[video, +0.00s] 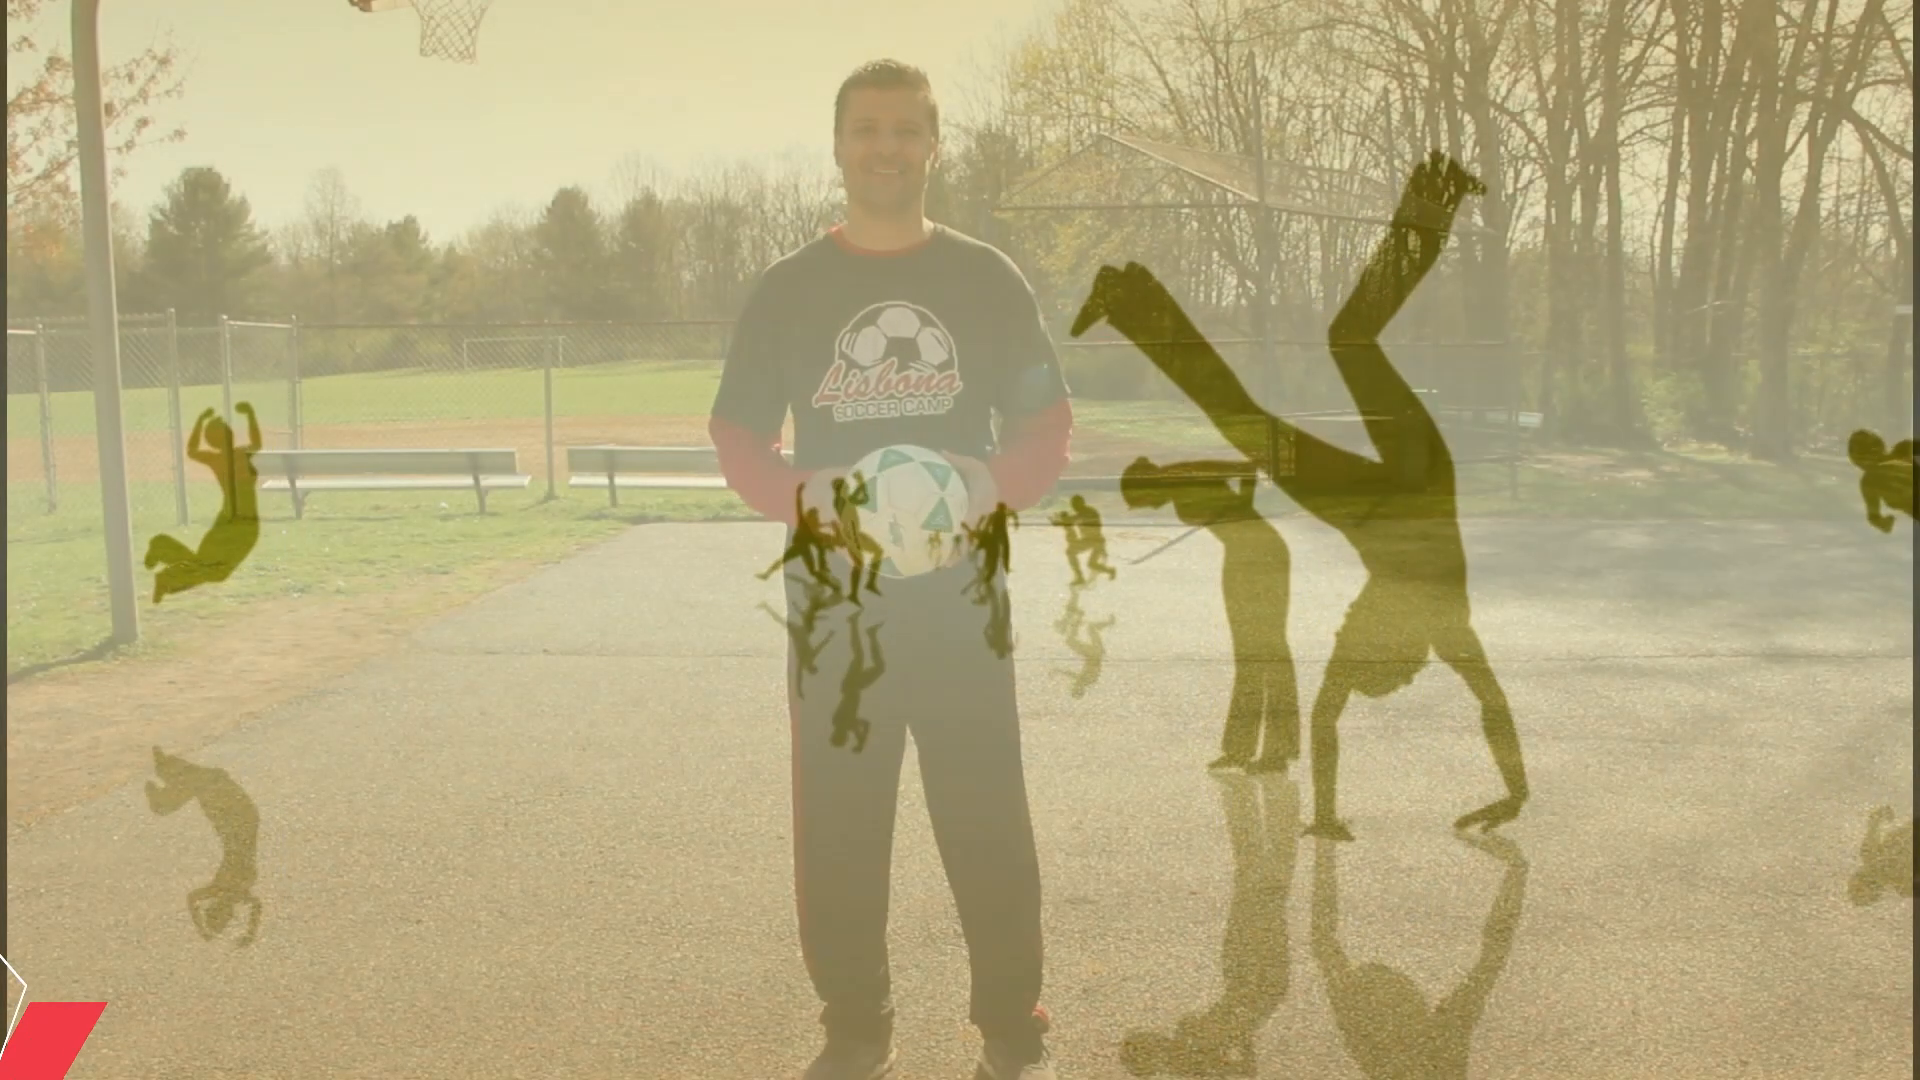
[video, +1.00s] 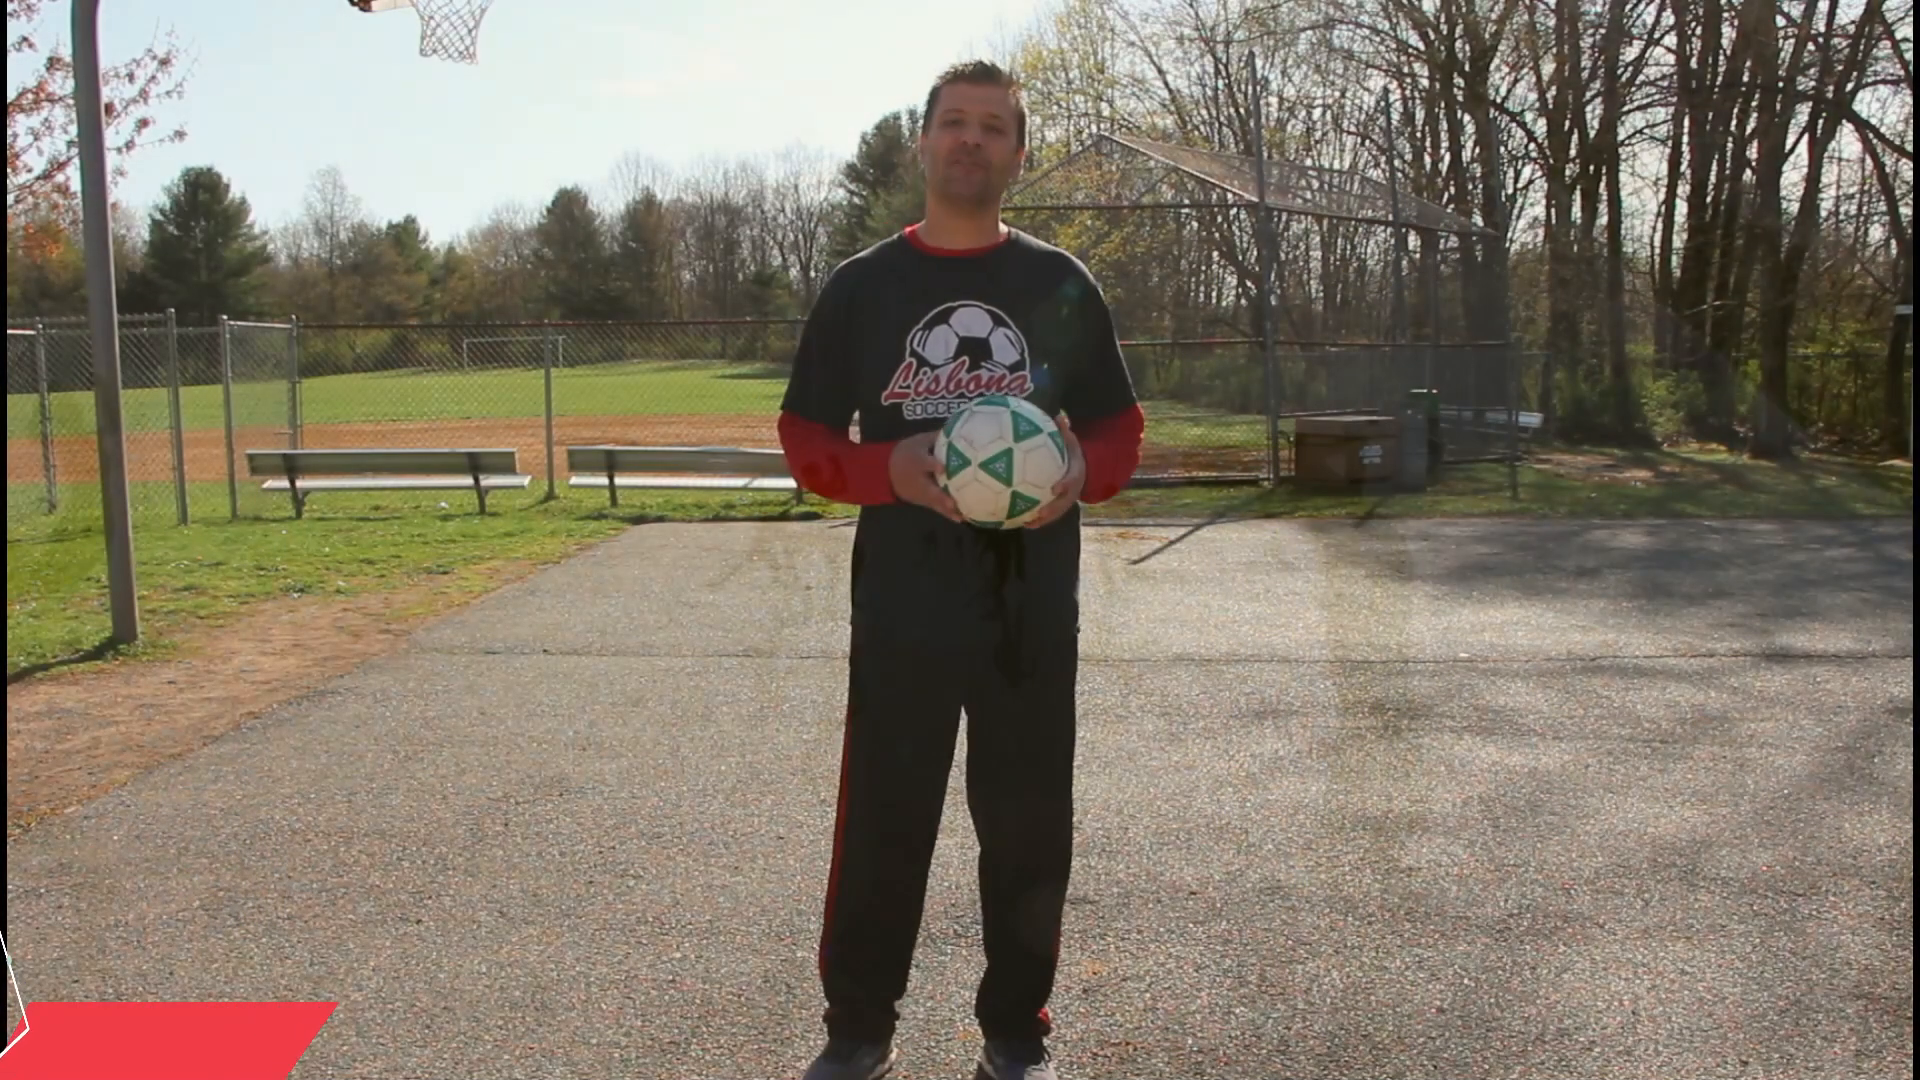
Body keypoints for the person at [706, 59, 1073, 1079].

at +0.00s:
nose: (890, 149)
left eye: (910, 130)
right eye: (868, 131)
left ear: (936, 145)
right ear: (838, 147)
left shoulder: (987, 277)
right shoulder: (785, 290)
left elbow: (1047, 424)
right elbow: (737, 436)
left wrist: (985, 493)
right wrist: (803, 502)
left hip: (959, 582)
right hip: (836, 591)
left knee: (985, 808)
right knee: (838, 814)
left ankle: (1010, 1021)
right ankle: (852, 1023)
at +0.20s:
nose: (904, 146)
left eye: (924, 129)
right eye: (882, 128)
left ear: (950, 145)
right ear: (853, 145)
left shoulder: (1000, 277)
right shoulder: (799, 288)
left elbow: (1058, 418)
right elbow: (746, 426)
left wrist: (1001, 492)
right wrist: (802, 496)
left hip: (971, 582)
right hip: (845, 592)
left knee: (994, 815)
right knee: (844, 818)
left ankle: (1012, 1030)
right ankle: (853, 1027)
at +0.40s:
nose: (927, 131)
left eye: (948, 117)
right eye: (908, 114)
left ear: (972, 143)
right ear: (874, 134)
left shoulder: (1015, 273)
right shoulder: (811, 281)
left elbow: (1082, 423)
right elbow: (753, 422)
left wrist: (1052, 411)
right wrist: (780, 446)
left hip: (984, 574)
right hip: (857, 577)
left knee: (1000, 812)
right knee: (853, 814)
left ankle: (1013, 1033)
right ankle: (852, 1032)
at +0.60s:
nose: (941, 128)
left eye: (964, 115)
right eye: (923, 111)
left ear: (989, 147)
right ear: (891, 137)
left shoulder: (1029, 277)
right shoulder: (828, 282)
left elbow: (1072, 444)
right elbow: (787, 432)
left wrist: (1094, 410)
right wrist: (772, 461)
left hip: (999, 577)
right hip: (871, 576)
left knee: (1009, 812)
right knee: (860, 809)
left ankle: (1014, 1033)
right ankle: (853, 1030)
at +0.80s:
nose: (954, 137)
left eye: (978, 125)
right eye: (937, 119)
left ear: (1003, 155)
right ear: (905, 139)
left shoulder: (1041, 279)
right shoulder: (842, 284)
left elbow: (1098, 418)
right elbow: (791, 424)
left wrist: (1065, 450)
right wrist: (840, 460)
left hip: (1016, 573)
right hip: (889, 571)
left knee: (1017, 810)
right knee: (872, 806)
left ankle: (1017, 1033)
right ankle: (856, 1030)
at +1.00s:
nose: (973, 140)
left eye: (995, 128)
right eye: (955, 123)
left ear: (1020, 154)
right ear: (923, 142)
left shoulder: (1062, 284)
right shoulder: (859, 287)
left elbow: (1116, 420)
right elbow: (804, 439)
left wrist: (1078, 469)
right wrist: (882, 471)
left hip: (1035, 588)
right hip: (906, 583)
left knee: (1030, 817)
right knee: (884, 809)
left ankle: (1018, 1035)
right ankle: (857, 1030)